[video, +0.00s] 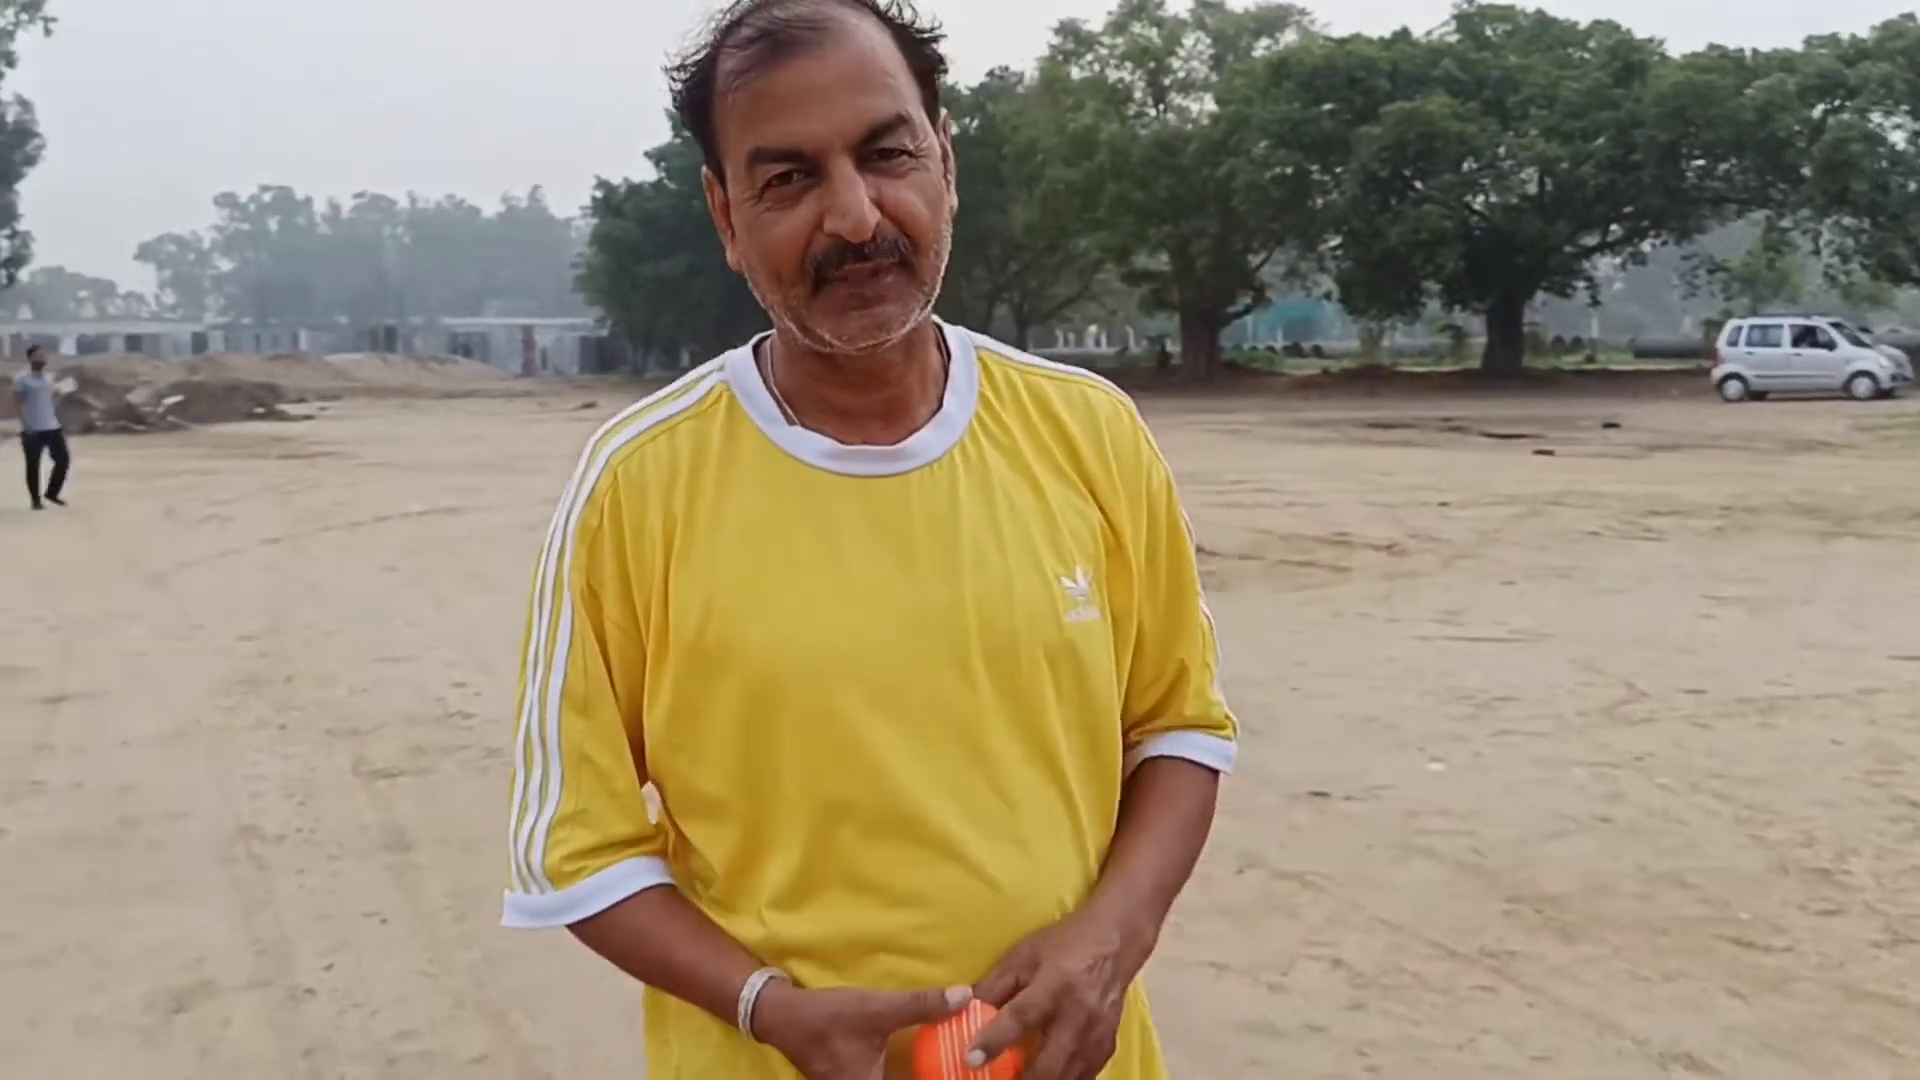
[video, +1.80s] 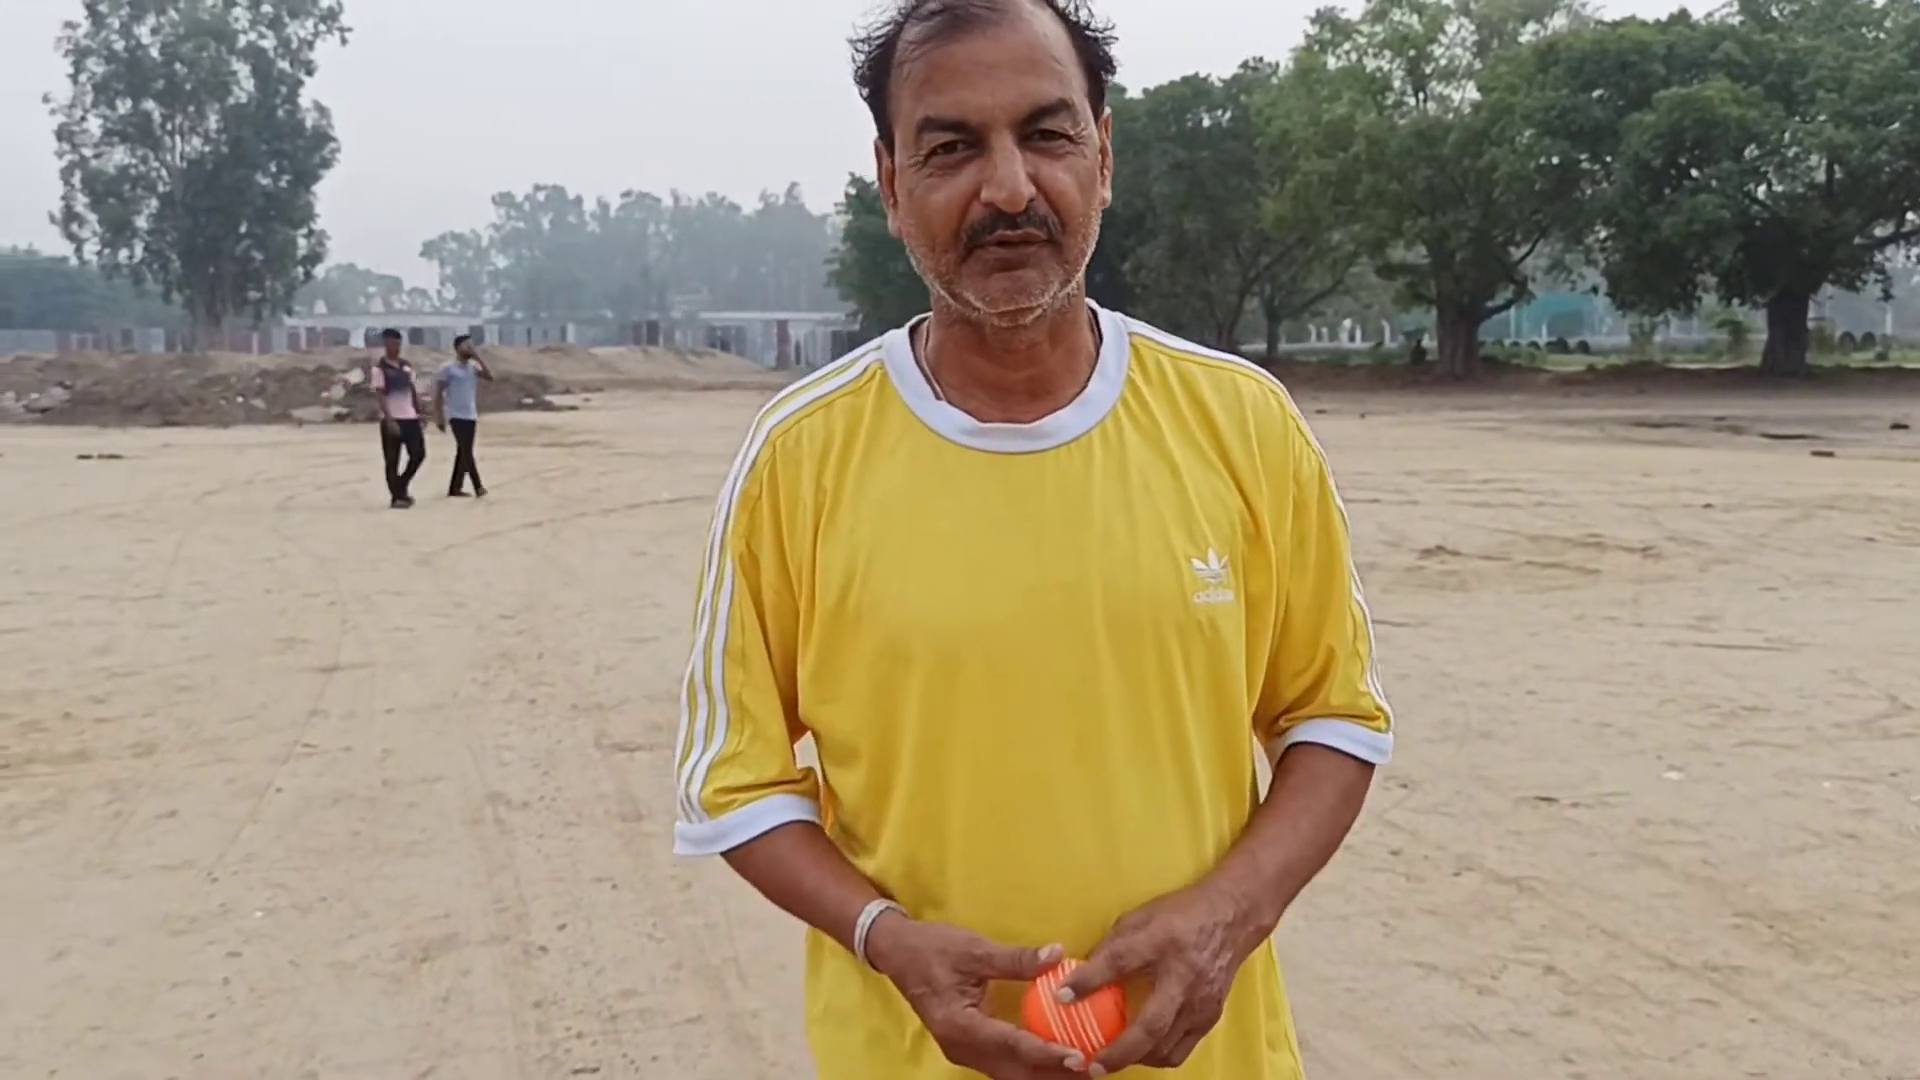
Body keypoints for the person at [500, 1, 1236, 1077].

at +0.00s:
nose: (854, 216)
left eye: (888, 153)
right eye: (790, 178)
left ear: (948, 169)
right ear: (726, 222)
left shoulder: (1091, 434)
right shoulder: (636, 483)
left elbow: (1184, 725)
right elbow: (580, 850)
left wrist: (1112, 935)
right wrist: (776, 1008)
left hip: (1078, 1050)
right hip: (763, 1056)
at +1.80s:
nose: (1009, 187)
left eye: (1048, 134)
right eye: (953, 147)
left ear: (1104, 163)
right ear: (890, 192)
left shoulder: (1244, 423)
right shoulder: (798, 454)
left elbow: (1340, 718)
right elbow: (731, 778)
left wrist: (1228, 908)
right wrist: (883, 935)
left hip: (1214, 1051)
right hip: (908, 1055)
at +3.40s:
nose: (1303, 249)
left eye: (1337, 202)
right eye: (1253, 205)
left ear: (1374, 208)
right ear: (1171, 212)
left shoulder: (1473, 446)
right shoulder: (1056, 448)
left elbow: (1655, 745)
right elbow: (875, 687)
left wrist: (1557, 681)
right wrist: (1149, 670)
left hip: (1413, 1036)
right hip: (1127, 1037)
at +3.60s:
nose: (1326, 265)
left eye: (1363, 215)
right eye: (1275, 220)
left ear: (1401, 223)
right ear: (1193, 230)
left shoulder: (1497, 470)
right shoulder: (1074, 466)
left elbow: (1666, 785)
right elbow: (884, 714)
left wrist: (1579, 700)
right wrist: (1165, 694)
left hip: (1437, 1044)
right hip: (1140, 1045)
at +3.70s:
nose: (1339, 264)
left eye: (1379, 215)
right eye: (1288, 218)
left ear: (1420, 231)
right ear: (1210, 238)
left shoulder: (1520, 484)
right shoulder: (1087, 476)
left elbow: (1688, 805)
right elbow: (899, 726)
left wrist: (1598, 715)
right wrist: (1177, 709)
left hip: (1452, 1048)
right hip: (1153, 1048)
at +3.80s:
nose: (1348, 259)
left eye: (1387, 210)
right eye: (1294, 217)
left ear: (1435, 231)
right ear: (1221, 248)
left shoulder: (1540, 494)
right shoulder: (1094, 489)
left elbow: (1708, 827)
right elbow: (902, 740)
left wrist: (1619, 732)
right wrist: (1192, 725)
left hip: (1469, 1053)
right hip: (1159, 1053)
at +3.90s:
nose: (1349, 252)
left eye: (1387, 205)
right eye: (1291, 213)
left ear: (1437, 237)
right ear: (1220, 257)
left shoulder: (1547, 503)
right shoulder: (1094, 501)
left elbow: (1721, 844)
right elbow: (901, 757)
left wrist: (1630, 741)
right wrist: (1197, 738)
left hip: (1480, 1055)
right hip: (1163, 1055)